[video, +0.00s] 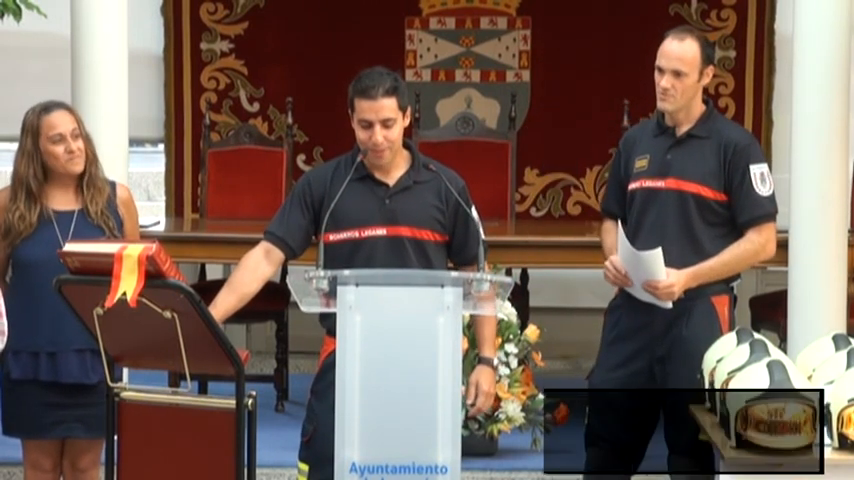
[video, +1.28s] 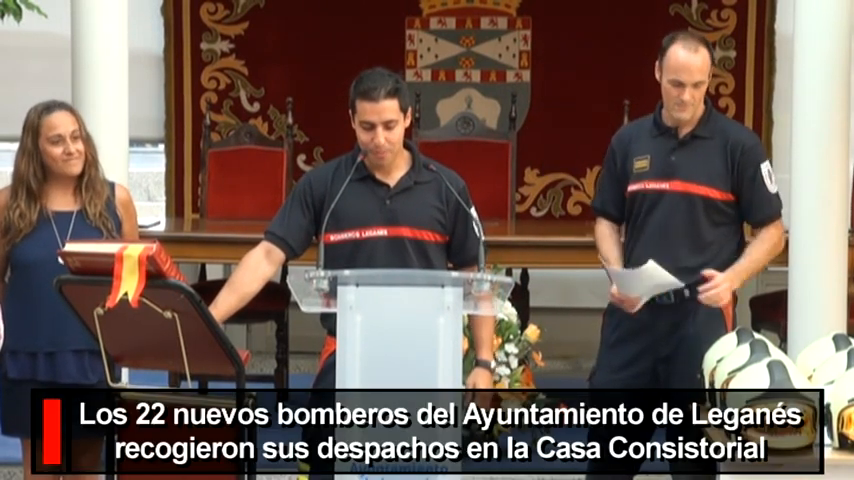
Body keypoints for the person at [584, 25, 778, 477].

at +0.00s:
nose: (663, 83)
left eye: (677, 73)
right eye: (659, 70)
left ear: (706, 77)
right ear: (653, 71)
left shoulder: (736, 145)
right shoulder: (634, 140)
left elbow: (763, 243)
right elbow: (612, 216)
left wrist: (687, 278)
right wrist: (613, 256)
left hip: (696, 333)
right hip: (629, 327)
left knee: (692, 466)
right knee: (605, 464)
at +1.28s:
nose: (686, 96)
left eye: (696, 85)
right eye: (677, 84)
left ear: (709, 81)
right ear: (659, 77)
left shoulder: (739, 144)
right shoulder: (628, 141)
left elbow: (773, 231)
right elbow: (606, 220)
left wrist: (732, 280)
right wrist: (618, 275)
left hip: (701, 317)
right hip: (632, 314)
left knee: (694, 450)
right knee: (609, 444)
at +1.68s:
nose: (682, 115)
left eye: (693, 103)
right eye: (672, 103)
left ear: (709, 94)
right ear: (657, 94)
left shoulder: (743, 151)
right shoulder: (627, 153)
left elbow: (764, 240)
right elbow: (630, 249)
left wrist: (773, 318)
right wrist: (659, 328)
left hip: (708, 313)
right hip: (635, 309)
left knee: (700, 448)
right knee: (609, 445)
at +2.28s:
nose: (639, 125)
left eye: (649, 112)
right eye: (630, 113)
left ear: (675, 101)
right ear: (621, 107)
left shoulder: (722, 150)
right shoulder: (604, 164)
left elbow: (758, 224)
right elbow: (601, 251)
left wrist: (726, 275)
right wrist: (631, 321)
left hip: (698, 312)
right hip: (625, 312)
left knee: (692, 446)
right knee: (601, 438)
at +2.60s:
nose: (623, 106)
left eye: (632, 94)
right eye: (616, 94)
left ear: (664, 86)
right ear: (610, 90)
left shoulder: (711, 146)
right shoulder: (597, 149)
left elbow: (748, 228)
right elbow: (585, 227)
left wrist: (686, 261)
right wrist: (579, 280)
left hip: (682, 321)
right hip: (610, 322)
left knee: (685, 454)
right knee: (583, 451)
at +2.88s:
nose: (585, 85)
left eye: (596, 75)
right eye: (584, 75)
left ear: (631, 74)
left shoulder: (674, 143)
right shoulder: (584, 141)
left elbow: (697, 241)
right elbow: (572, 225)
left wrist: (616, 263)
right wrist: (541, 247)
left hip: (646, 314)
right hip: (584, 313)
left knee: (659, 454)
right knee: (553, 450)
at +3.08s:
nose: (551, 78)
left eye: (562, 69)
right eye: (551, 68)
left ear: (598, 72)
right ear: (585, 71)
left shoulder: (625, 138)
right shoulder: (560, 138)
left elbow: (636, 243)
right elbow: (549, 211)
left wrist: (553, 263)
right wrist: (509, 238)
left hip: (601, 308)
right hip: (548, 307)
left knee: (625, 451)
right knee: (530, 445)